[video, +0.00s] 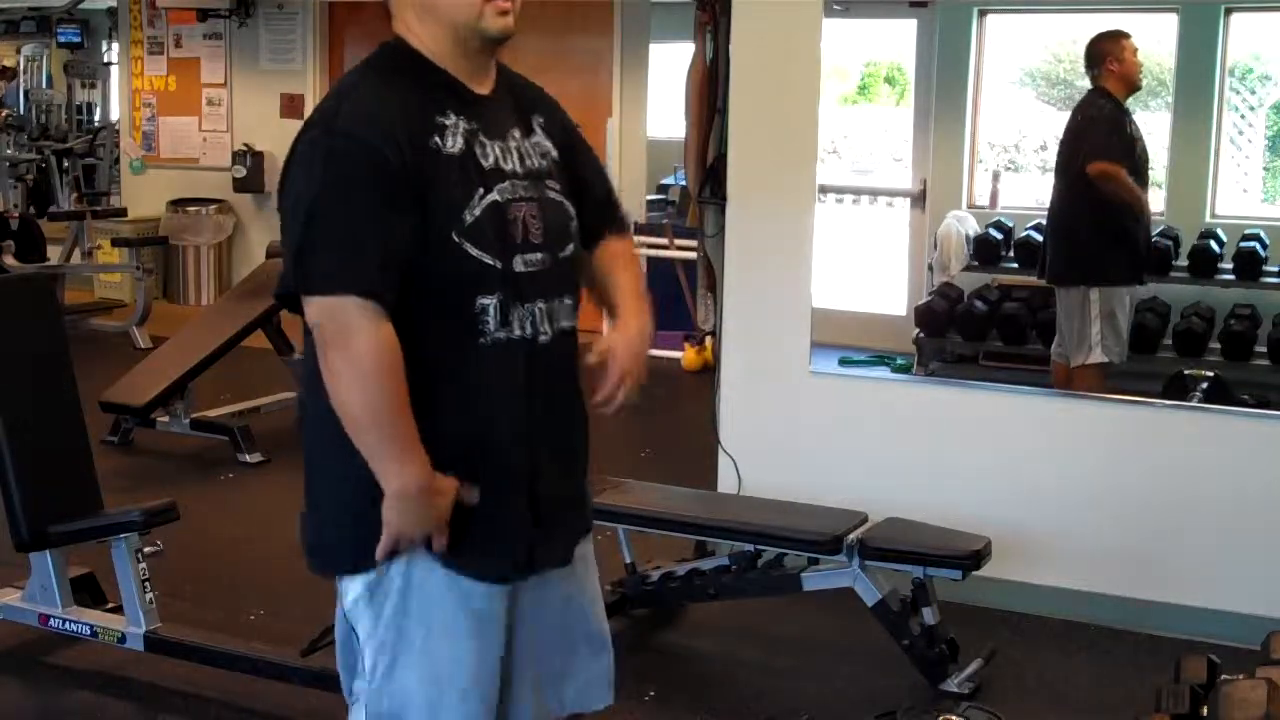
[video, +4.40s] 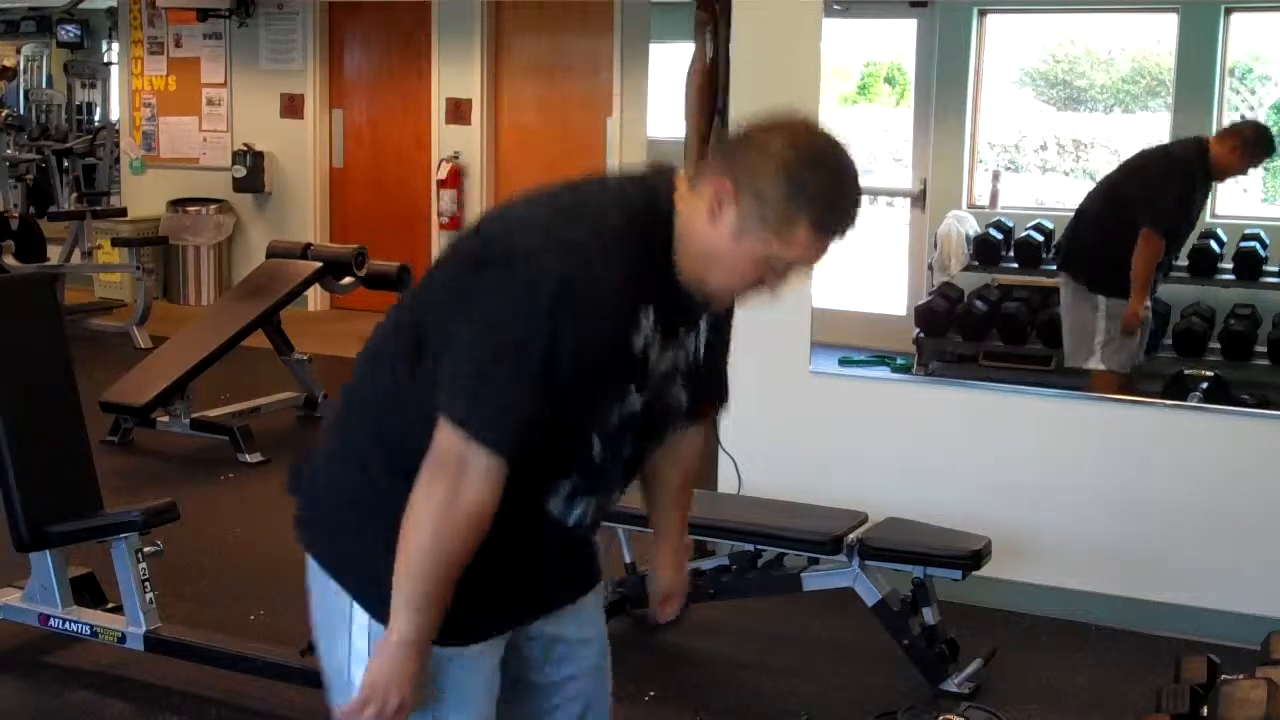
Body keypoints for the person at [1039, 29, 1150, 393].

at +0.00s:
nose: (1141, 63)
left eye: (1138, 55)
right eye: (1134, 55)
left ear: (1110, 65)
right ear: (1113, 64)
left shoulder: (1092, 107)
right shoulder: (1105, 108)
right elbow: (1100, 167)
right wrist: (1141, 202)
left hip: (1075, 253)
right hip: (1096, 256)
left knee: (1068, 352)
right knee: (1092, 359)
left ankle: (1066, 435)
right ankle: (1085, 442)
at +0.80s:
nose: (1176, 65)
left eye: (1174, 57)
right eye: (1171, 57)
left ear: (1144, 65)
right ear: (1150, 64)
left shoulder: (1140, 111)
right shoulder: (1137, 114)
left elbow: (1134, 186)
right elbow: (1132, 187)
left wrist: (1157, 247)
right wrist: (1149, 248)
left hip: (1142, 265)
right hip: (1134, 267)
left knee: (1127, 369)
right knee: (1115, 370)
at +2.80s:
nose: (1209, 100)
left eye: (1213, 94)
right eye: (1209, 91)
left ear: (1187, 80)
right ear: (1187, 77)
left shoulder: (1177, 124)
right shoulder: (1145, 119)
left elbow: (1177, 193)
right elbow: (1130, 188)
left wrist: (1186, 250)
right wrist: (1147, 249)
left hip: (1168, 265)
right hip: (1140, 266)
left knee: (1156, 367)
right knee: (1134, 367)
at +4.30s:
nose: (1235, 152)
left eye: (1241, 147)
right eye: (1239, 144)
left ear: (1224, 124)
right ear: (1226, 125)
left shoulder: (1189, 151)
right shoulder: (1176, 150)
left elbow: (1156, 218)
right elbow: (1148, 219)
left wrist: (1144, 280)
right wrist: (1140, 282)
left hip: (1120, 271)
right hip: (1104, 270)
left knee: (1116, 371)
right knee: (1103, 373)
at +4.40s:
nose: (1242, 173)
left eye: (1249, 168)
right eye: (1247, 164)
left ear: (1231, 142)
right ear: (1233, 146)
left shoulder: (1196, 167)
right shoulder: (1181, 166)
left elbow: (1158, 236)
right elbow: (1150, 237)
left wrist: (1142, 296)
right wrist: (1137, 301)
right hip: (1100, 270)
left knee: (1120, 371)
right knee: (1107, 373)